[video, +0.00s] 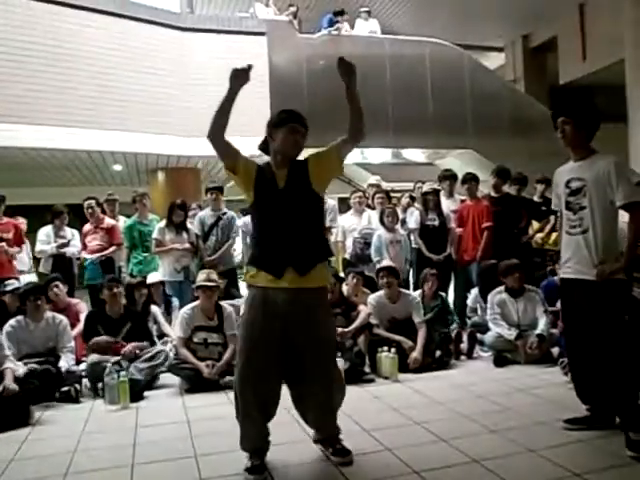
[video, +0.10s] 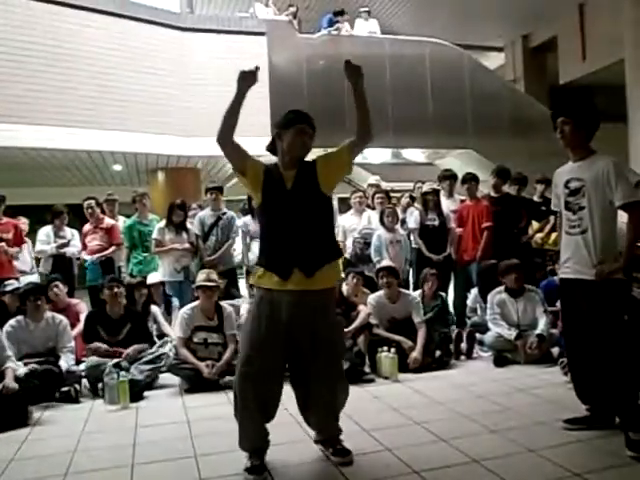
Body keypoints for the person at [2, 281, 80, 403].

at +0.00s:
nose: (38, 303)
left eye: (41, 299)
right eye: (34, 300)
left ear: (46, 301)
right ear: (25, 304)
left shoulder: (59, 322)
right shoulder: (12, 327)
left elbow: (68, 350)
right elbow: (8, 357)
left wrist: (61, 368)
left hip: (54, 367)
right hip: (25, 370)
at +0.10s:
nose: (38, 303)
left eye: (41, 299)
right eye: (34, 300)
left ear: (46, 301)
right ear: (26, 303)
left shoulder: (59, 322)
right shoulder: (12, 327)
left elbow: (68, 351)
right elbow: (8, 358)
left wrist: (58, 368)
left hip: (54, 367)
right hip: (25, 370)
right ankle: (56, 394)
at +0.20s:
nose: (39, 303)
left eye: (41, 298)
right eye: (34, 299)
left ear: (46, 301)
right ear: (26, 303)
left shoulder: (60, 322)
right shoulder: (12, 327)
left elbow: (68, 351)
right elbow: (9, 358)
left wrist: (60, 368)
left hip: (54, 366)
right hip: (26, 370)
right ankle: (58, 394)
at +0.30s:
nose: (39, 303)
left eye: (41, 299)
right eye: (34, 300)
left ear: (47, 302)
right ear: (26, 303)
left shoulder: (60, 322)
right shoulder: (13, 327)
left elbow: (68, 351)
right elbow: (10, 359)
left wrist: (60, 369)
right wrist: (25, 373)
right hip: (26, 370)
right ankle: (61, 394)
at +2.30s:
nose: (39, 303)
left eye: (42, 299)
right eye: (34, 300)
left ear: (47, 301)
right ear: (25, 304)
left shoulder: (60, 321)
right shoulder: (14, 326)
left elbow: (68, 352)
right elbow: (10, 359)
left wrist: (58, 371)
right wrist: (24, 375)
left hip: (53, 367)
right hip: (28, 370)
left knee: (75, 374)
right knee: (19, 388)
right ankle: (66, 394)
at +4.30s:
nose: (48, 303)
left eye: (50, 299)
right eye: (42, 300)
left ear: (55, 301)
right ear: (32, 305)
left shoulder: (64, 323)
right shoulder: (19, 328)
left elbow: (72, 353)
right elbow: (14, 358)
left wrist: (63, 373)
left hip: (58, 368)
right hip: (32, 371)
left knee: (79, 376)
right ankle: (68, 397)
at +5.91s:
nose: (44, 305)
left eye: (47, 301)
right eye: (39, 302)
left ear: (53, 303)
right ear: (31, 305)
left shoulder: (64, 323)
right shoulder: (18, 328)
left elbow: (72, 353)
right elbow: (14, 357)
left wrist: (63, 373)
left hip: (58, 369)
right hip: (32, 372)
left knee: (79, 375)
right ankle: (69, 397)